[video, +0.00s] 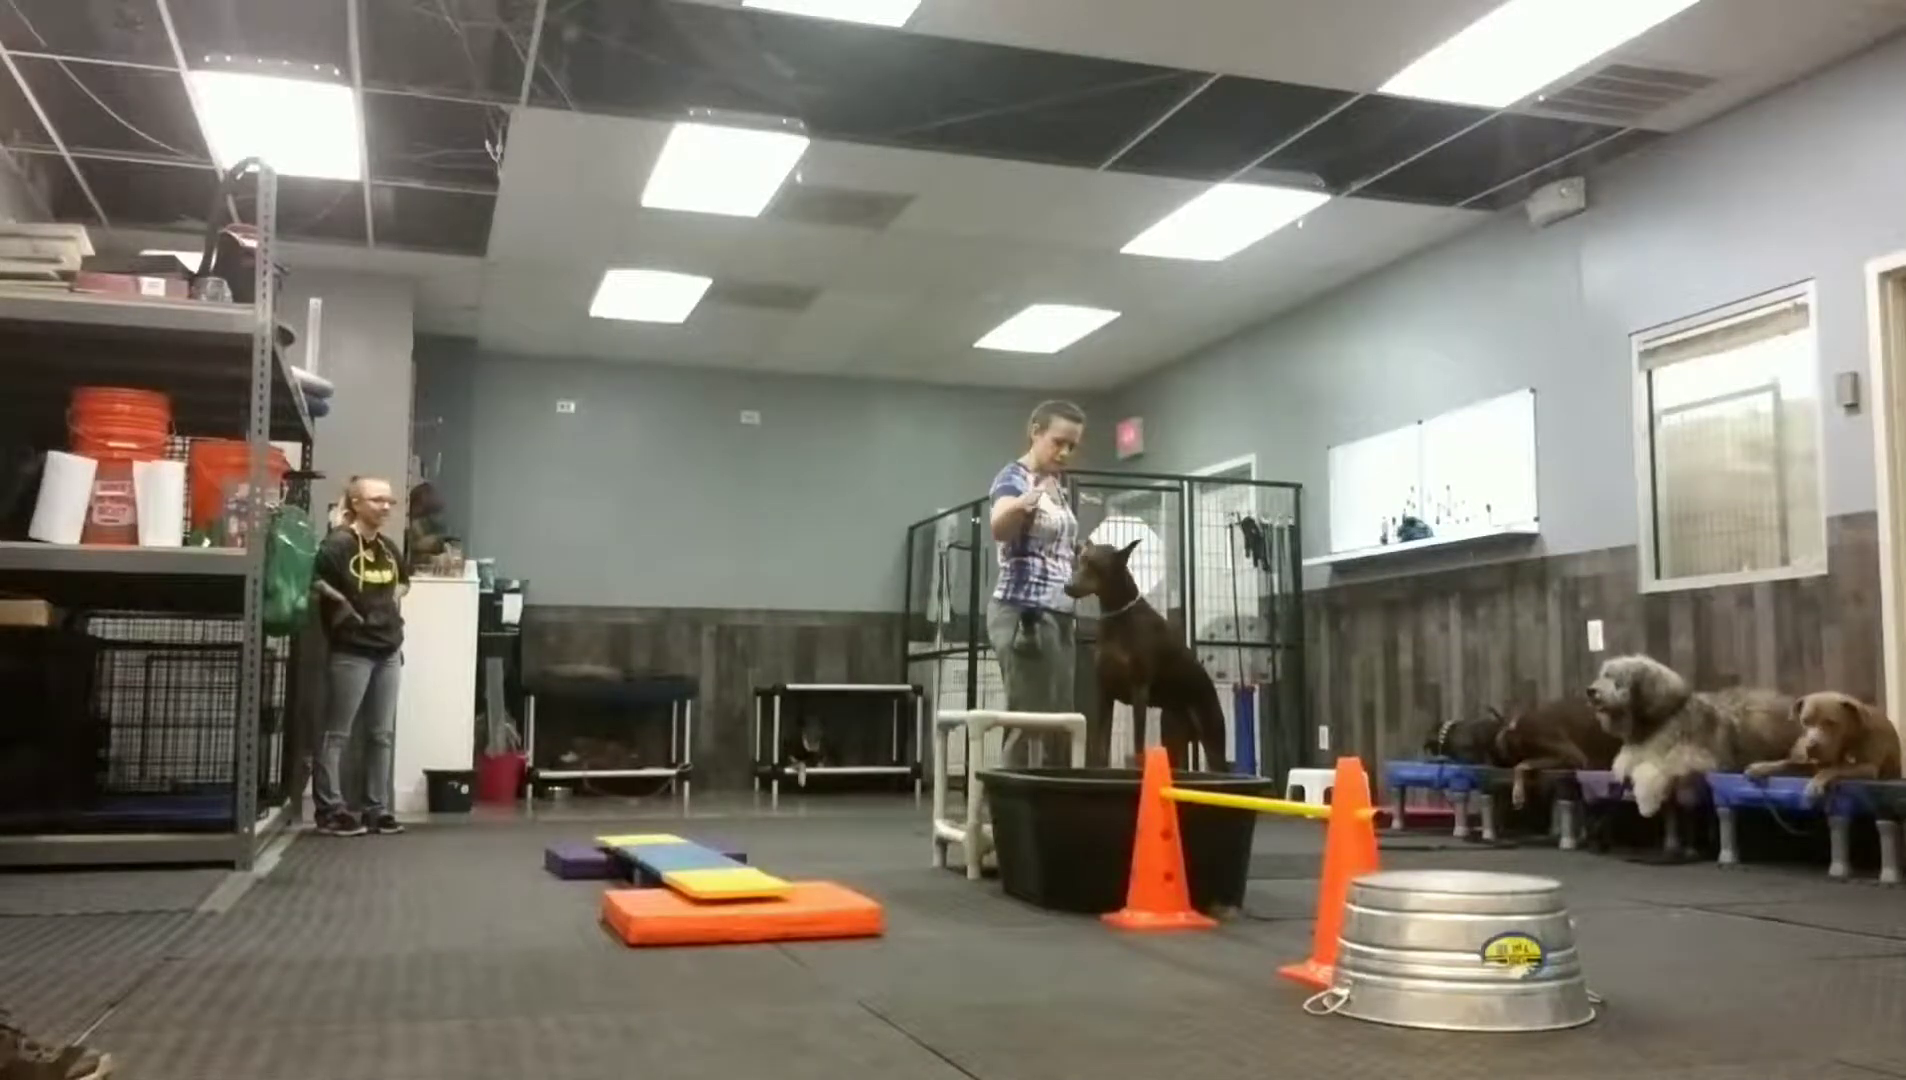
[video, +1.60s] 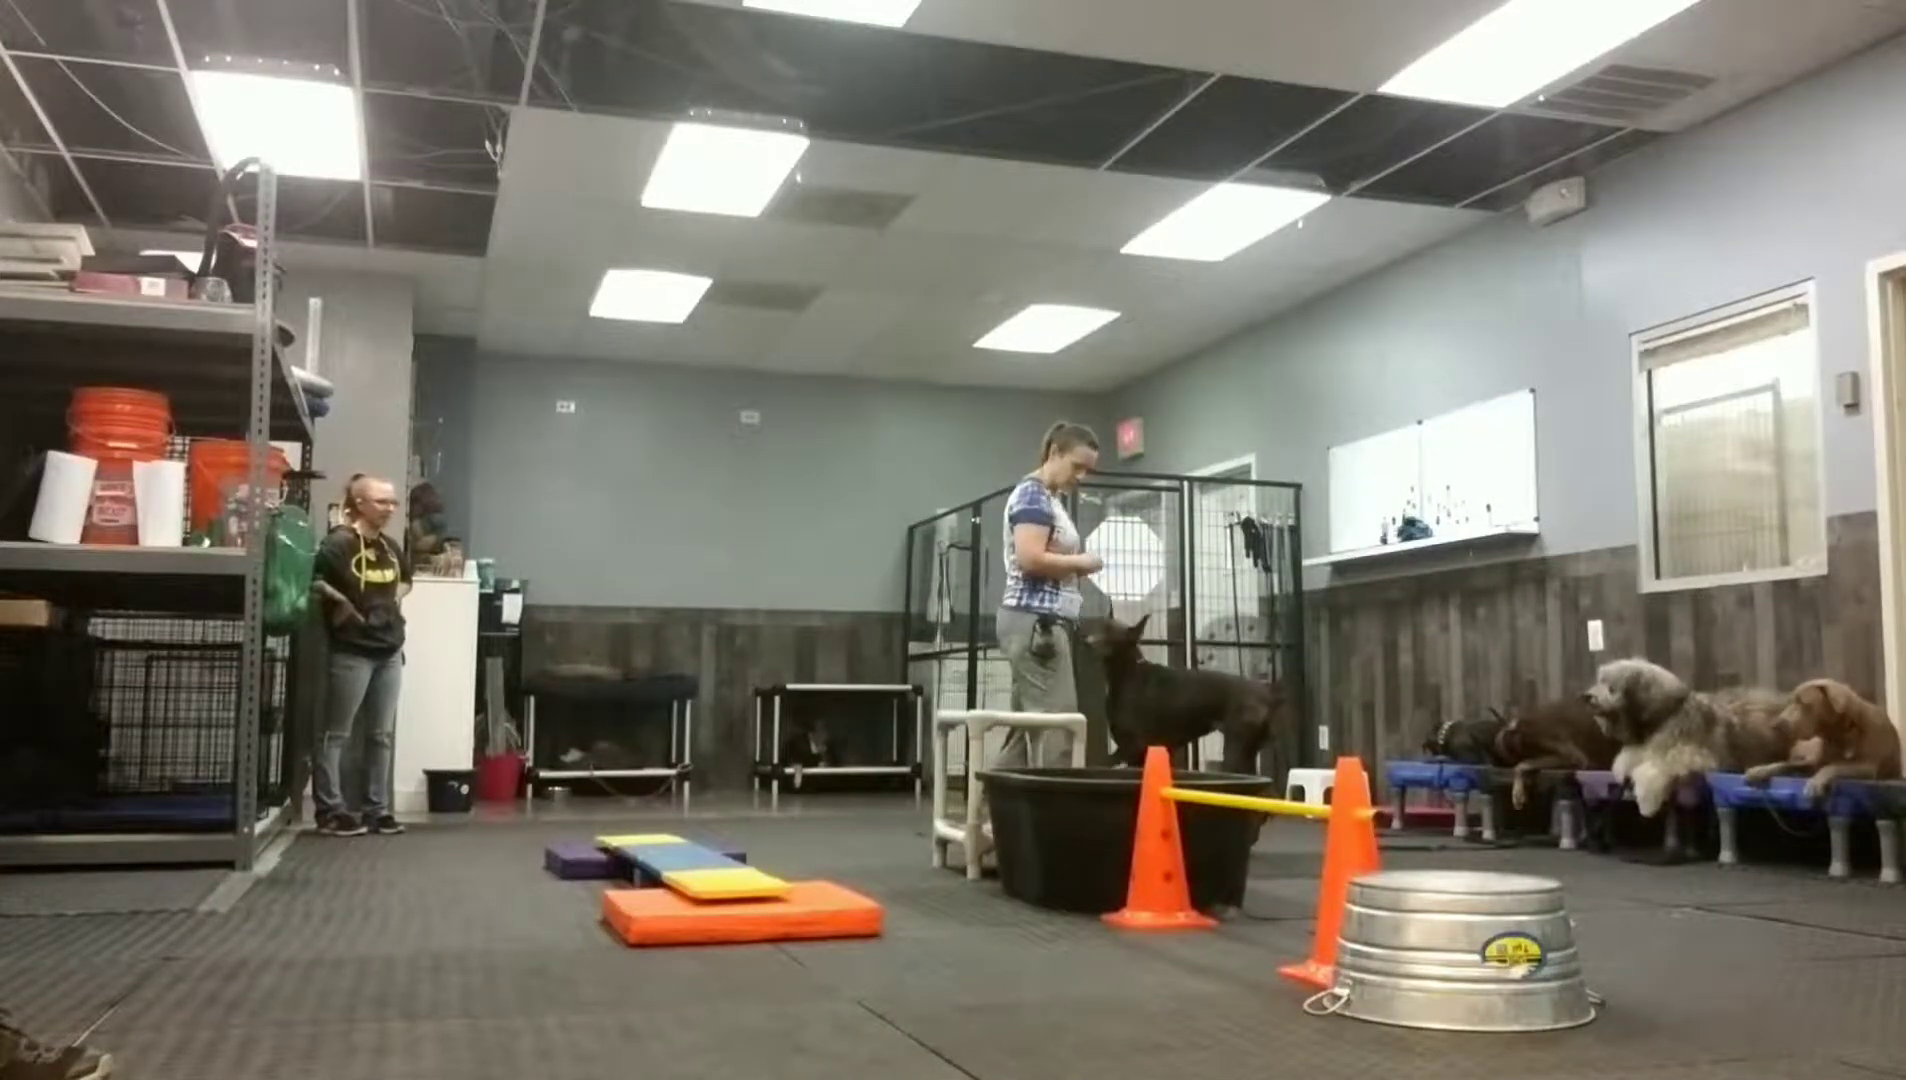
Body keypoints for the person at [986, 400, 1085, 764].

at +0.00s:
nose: (1065, 454)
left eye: (1071, 447)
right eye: (1059, 443)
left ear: (1076, 447)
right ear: (1035, 433)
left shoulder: (1056, 486)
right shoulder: (1015, 477)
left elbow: (1060, 547)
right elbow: (999, 529)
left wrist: (1085, 553)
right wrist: (1021, 507)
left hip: (1058, 614)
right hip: (1024, 612)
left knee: (1060, 720)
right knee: (1030, 720)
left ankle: (1053, 807)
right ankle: (1015, 809)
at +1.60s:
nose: (1081, 478)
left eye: (1086, 472)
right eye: (1077, 467)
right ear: (1054, 453)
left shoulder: (1049, 499)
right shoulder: (1032, 494)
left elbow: (1044, 561)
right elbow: (1030, 559)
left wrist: (1076, 567)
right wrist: (1080, 563)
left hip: (1045, 619)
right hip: (1034, 620)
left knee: (1030, 723)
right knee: (1058, 722)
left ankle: (991, 803)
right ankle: (1056, 814)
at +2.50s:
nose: (1197, 436)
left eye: (1205, 427)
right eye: (1189, 427)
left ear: (1221, 419)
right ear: (1178, 422)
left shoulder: (1250, 462)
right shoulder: (1159, 469)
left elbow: (1276, 529)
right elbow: (1131, 541)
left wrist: (1239, 538)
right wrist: (1178, 542)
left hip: (1251, 610)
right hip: (1184, 612)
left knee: (1267, 715)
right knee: (1188, 721)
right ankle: (1190, 814)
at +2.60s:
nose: (1199, 434)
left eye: (1208, 424)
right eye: (1193, 425)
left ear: (1232, 416)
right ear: (1184, 420)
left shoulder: (1264, 458)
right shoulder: (1169, 466)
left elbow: (1292, 529)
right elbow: (1146, 539)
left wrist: (1248, 536)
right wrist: (1187, 538)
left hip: (1262, 612)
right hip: (1195, 615)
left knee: (1282, 715)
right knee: (1195, 726)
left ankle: (1302, 839)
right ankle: (1195, 843)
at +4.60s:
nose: (1236, 414)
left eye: (1239, 401)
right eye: (1229, 405)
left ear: (1269, 379)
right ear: (1247, 390)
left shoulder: (1330, 418)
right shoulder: (1253, 445)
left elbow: (1373, 498)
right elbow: (1251, 514)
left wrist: (1292, 516)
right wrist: (1237, 539)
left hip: (1331, 594)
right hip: (1274, 600)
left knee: (1326, 730)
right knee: (1282, 730)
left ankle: (1328, 869)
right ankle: (1292, 863)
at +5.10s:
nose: (1347, 418)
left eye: (1348, 404)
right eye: (1341, 408)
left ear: (1379, 384)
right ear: (1374, 391)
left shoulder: (1438, 428)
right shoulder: (1391, 449)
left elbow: (1470, 505)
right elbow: (1418, 520)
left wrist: (1388, 525)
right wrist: (1375, 530)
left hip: (1439, 600)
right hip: (1392, 605)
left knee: (1431, 742)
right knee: (1358, 720)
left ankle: (1463, 869)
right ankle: (1356, 862)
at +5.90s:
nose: (1619, 391)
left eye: (1623, 377)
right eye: (1615, 380)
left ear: (1658, 364)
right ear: (1655, 370)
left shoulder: (1720, 414)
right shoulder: (1661, 437)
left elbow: (1753, 498)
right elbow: (1679, 525)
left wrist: (1664, 514)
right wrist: (1641, 576)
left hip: (1715, 597)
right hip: (1663, 601)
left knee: (1717, 738)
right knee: (1658, 738)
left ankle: (1744, 876)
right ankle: (1665, 863)